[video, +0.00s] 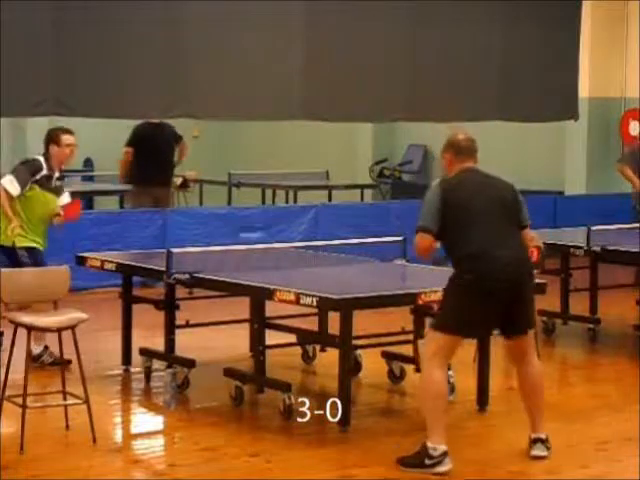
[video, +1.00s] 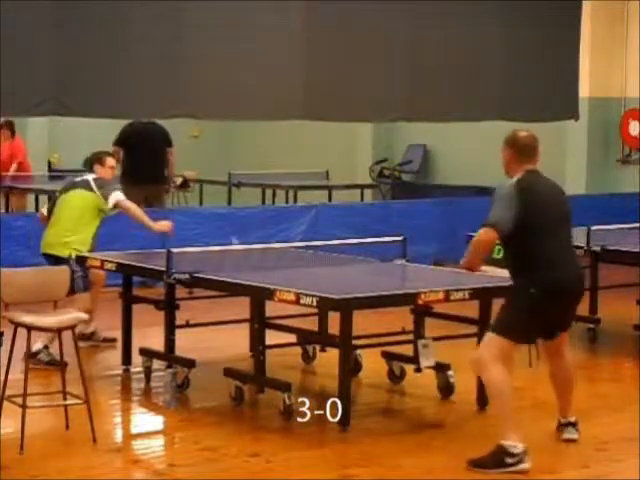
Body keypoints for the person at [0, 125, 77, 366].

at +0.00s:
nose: (71, 152)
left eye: (73, 147)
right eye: (67, 146)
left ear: (67, 150)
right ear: (52, 147)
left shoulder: (58, 178)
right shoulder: (33, 166)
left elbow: (57, 211)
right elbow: (3, 189)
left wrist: (58, 216)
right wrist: (12, 219)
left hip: (35, 242)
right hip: (16, 240)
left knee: (34, 294)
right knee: (38, 292)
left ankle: (38, 348)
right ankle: (37, 347)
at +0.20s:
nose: (77, 153)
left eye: (78, 148)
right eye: (72, 148)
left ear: (75, 151)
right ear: (57, 151)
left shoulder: (71, 179)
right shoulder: (42, 170)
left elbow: (70, 207)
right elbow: (7, 196)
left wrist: (64, 226)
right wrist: (22, 231)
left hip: (50, 244)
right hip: (28, 244)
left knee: (56, 292)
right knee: (46, 293)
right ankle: (40, 347)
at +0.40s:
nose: (85, 148)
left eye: (86, 143)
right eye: (80, 143)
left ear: (84, 146)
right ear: (66, 146)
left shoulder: (82, 172)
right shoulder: (48, 168)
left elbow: (84, 204)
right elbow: (19, 195)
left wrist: (82, 222)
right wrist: (36, 228)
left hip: (64, 242)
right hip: (42, 241)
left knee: (74, 289)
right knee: (56, 292)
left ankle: (54, 341)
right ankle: (46, 346)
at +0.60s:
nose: (97, 147)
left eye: (98, 142)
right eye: (92, 142)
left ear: (95, 146)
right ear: (78, 145)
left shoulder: (89, 173)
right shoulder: (61, 166)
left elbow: (86, 209)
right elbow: (30, 193)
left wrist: (92, 224)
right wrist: (54, 222)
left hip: (71, 242)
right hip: (49, 241)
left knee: (90, 282)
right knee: (61, 289)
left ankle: (78, 330)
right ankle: (39, 345)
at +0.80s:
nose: (109, 162)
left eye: (110, 158)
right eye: (105, 157)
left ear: (95, 162)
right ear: (91, 159)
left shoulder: (84, 182)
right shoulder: (82, 181)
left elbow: (77, 223)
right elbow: (75, 210)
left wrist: (95, 241)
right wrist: (105, 227)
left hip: (71, 250)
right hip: (57, 251)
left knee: (99, 281)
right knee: (76, 297)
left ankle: (85, 329)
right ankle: (42, 346)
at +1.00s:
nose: (114, 173)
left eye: (115, 169)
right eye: (111, 168)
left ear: (92, 169)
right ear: (97, 167)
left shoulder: (70, 183)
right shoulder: (103, 185)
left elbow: (44, 213)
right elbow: (125, 205)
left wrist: (57, 231)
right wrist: (152, 225)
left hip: (50, 249)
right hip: (70, 252)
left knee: (98, 277)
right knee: (78, 302)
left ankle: (86, 329)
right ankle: (41, 347)